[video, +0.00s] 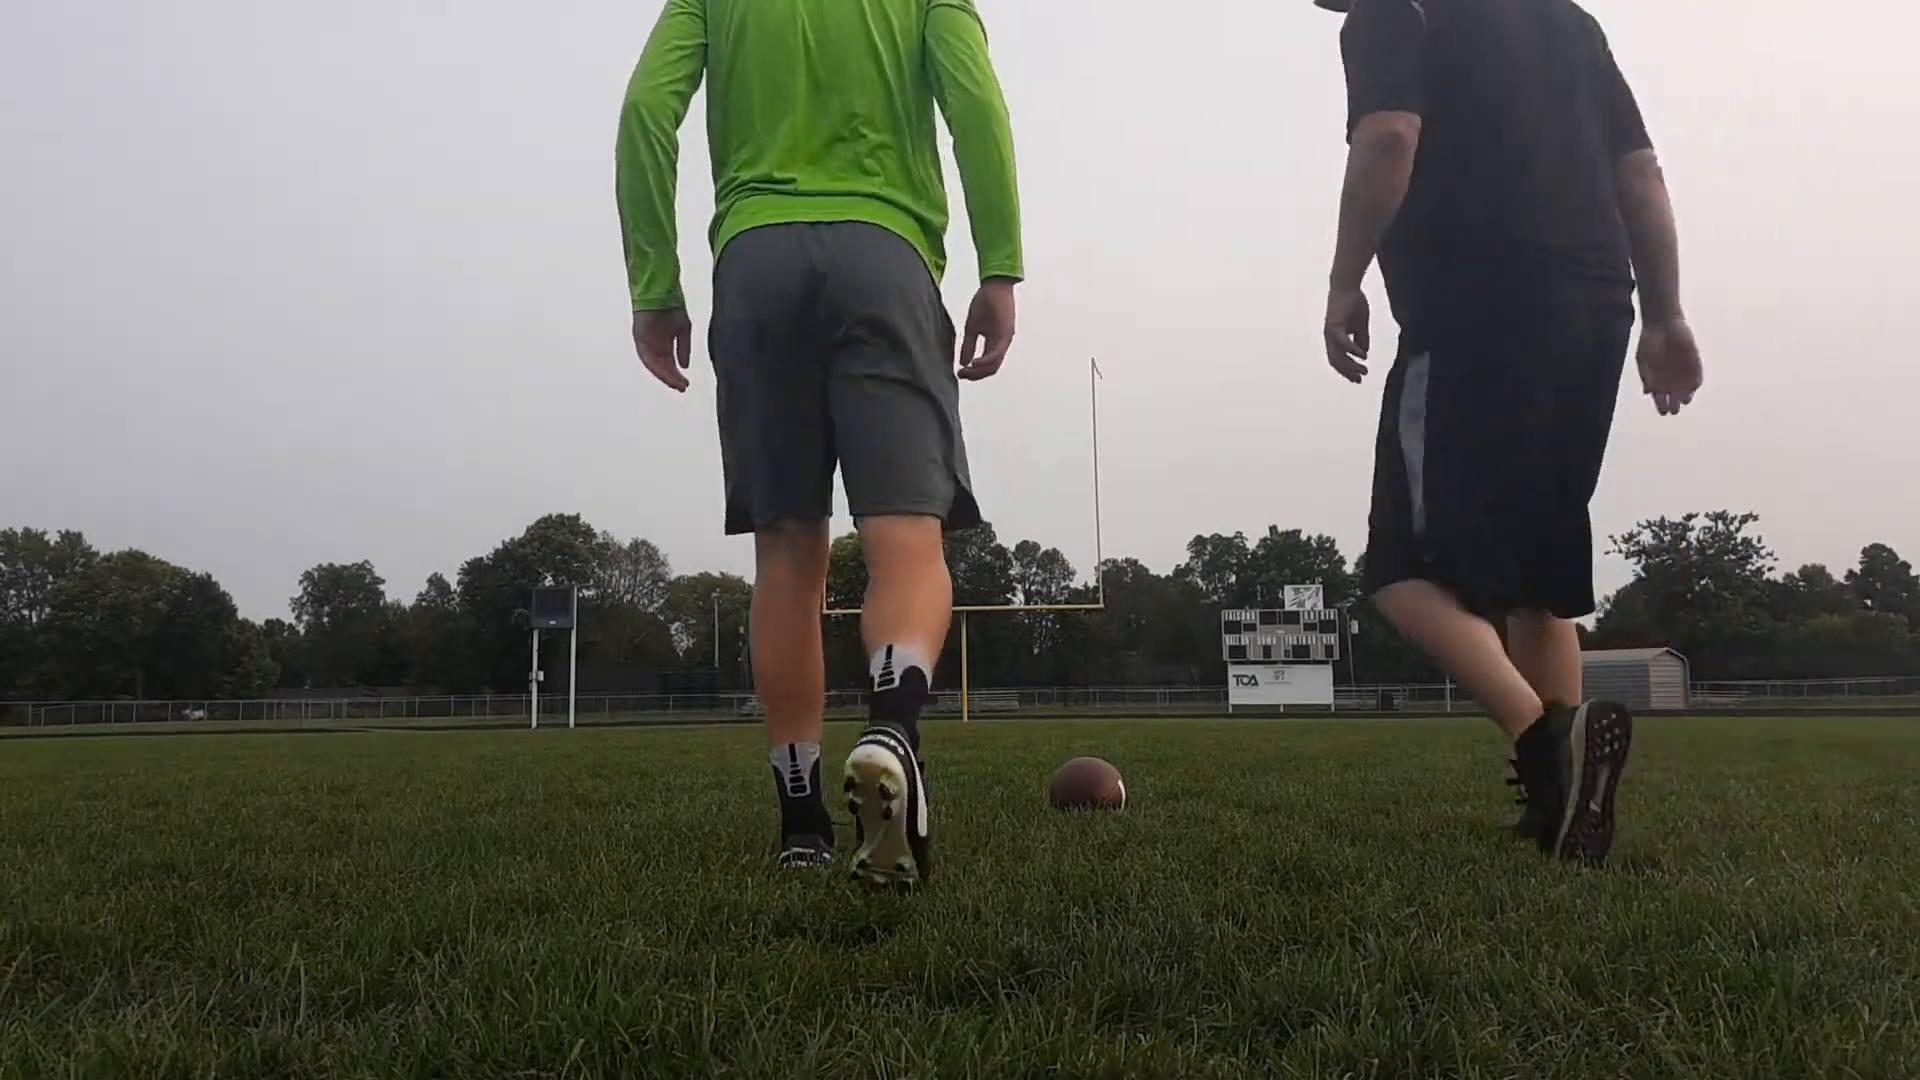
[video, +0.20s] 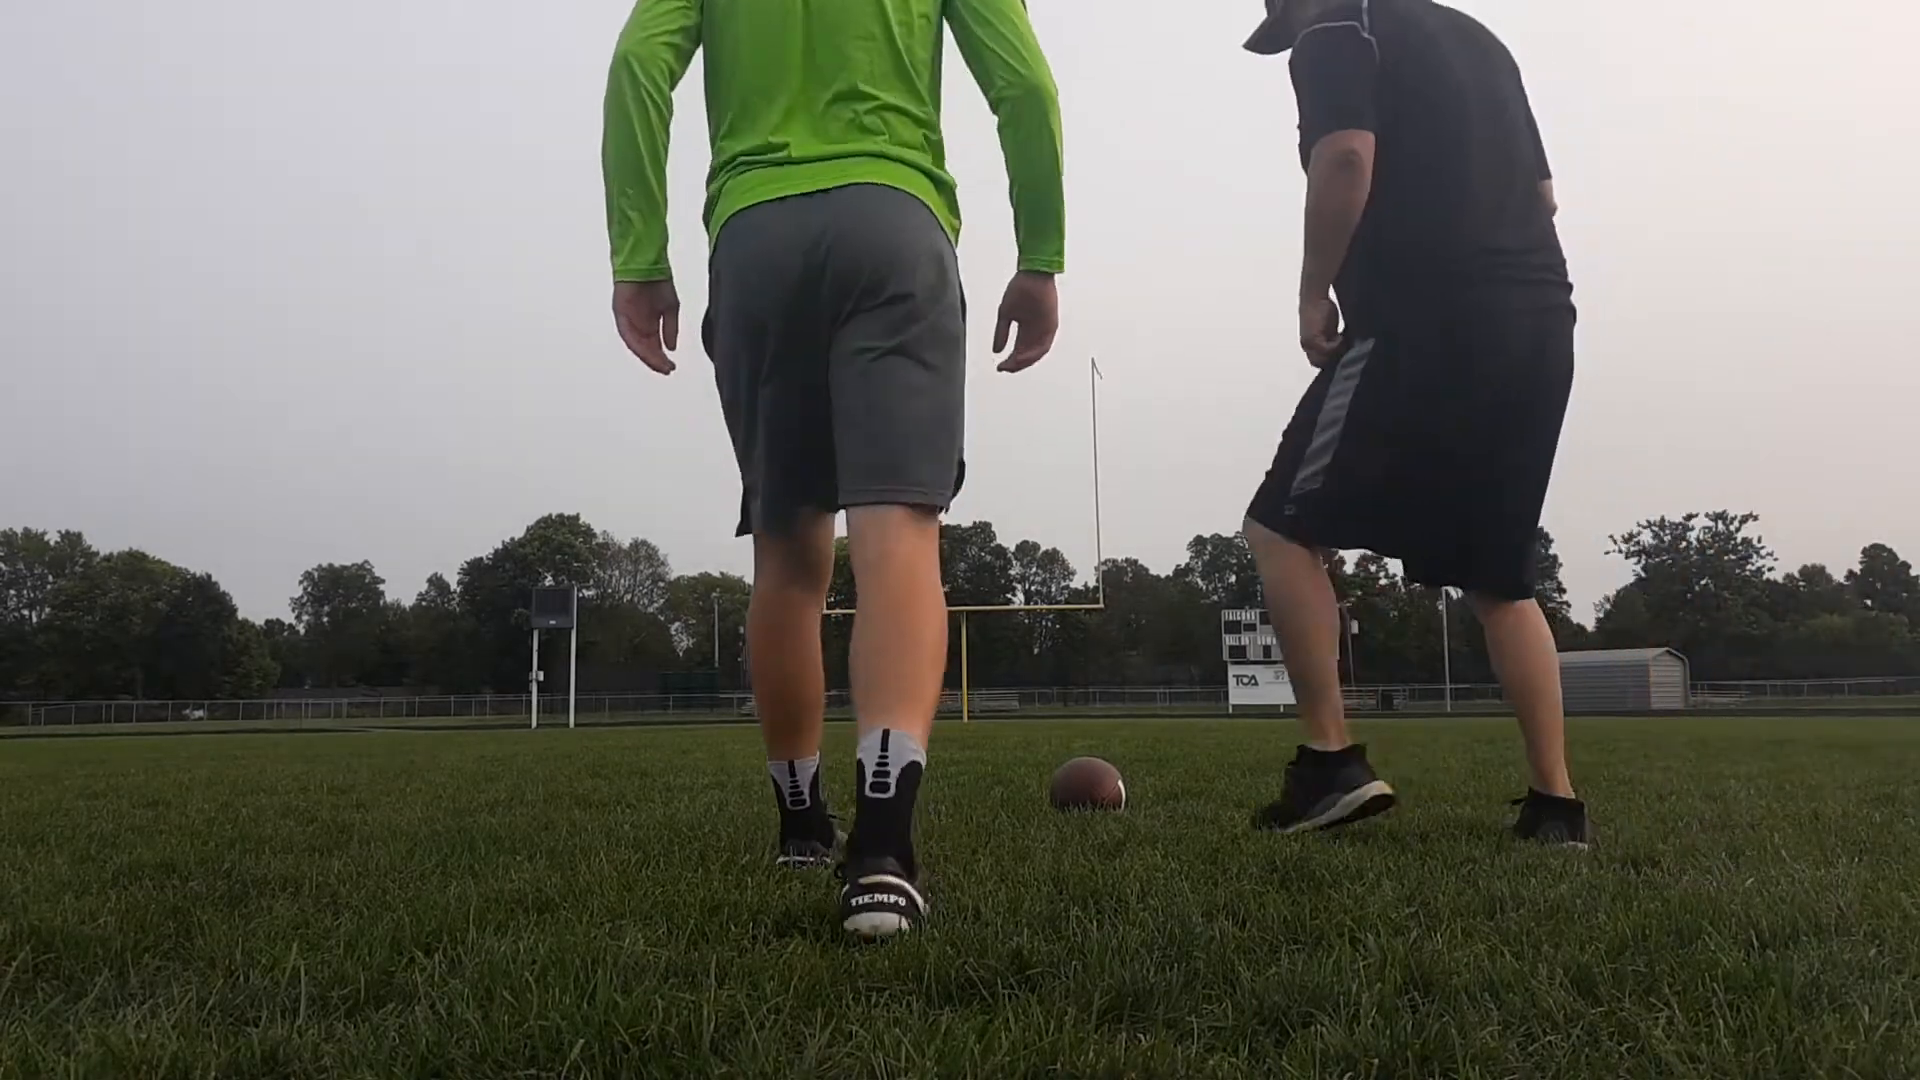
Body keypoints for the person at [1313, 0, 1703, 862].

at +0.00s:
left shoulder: (1387, 10)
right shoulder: (1568, 17)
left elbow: (1389, 136)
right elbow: (1639, 171)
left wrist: (1346, 281)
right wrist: (1664, 312)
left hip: (1472, 306)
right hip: (1593, 306)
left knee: (1403, 573)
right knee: (1542, 572)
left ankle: (1549, 733)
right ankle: (1557, 813)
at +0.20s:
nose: (1289, 49)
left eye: (1289, 35)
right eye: (1283, 43)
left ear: (1311, 4)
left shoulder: (1336, 26)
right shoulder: (1482, 41)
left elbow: (1345, 158)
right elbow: (1539, 196)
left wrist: (1314, 290)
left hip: (1420, 319)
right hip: (1536, 322)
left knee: (1281, 528)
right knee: (1500, 568)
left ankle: (1329, 759)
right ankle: (1556, 797)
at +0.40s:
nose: (1206, 106)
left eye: (1202, 91)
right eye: (1197, 98)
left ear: (1232, 52)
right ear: (1273, 40)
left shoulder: (1249, 94)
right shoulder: (1381, 87)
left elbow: (1256, 212)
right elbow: (1401, 225)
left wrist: (1230, 335)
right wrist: (1317, 331)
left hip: (1344, 372)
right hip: (1459, 371)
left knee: (1238, 580)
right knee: (1453, 594)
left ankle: (1155, 781)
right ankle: (1548, 795)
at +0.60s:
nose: (1084, 207)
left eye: (1075, 186)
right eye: (1073, 194)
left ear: (1094, 157)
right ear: (1134, 131)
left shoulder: (1126, 196)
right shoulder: (1244, 156)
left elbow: (1143, 335)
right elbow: (1280, 290)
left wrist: (1142, 443)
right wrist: (1211, 409)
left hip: (1266, 399)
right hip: (1377, 385)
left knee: (1150, 582)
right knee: (1371, 598)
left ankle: (1126, 783)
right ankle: (1517, 746)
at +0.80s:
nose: (1019, 315)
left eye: (1009, 300)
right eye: (1006, 307)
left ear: (1023, 260)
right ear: (1051, 239)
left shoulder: (1067, 288)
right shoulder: (1150, 254)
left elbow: (1108, 426)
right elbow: (1209, 390)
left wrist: (1116, 538)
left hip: (1248, 400)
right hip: (1353, 390)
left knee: (1130, 580)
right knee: (1349, 603)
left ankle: (1123, 784)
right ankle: (1505, 768)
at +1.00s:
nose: (1014, 419)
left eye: (998, 402)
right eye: (997, 410)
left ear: (1012, 353)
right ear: (1028, 334)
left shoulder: (1066, 350)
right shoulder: (1120, 333)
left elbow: (1123, 469)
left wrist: (1103, 559)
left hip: (1261, 428)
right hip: (1356, 427)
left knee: (1113, 578)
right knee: (1332, 642)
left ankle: (1122, 785)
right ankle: (1518, 774)